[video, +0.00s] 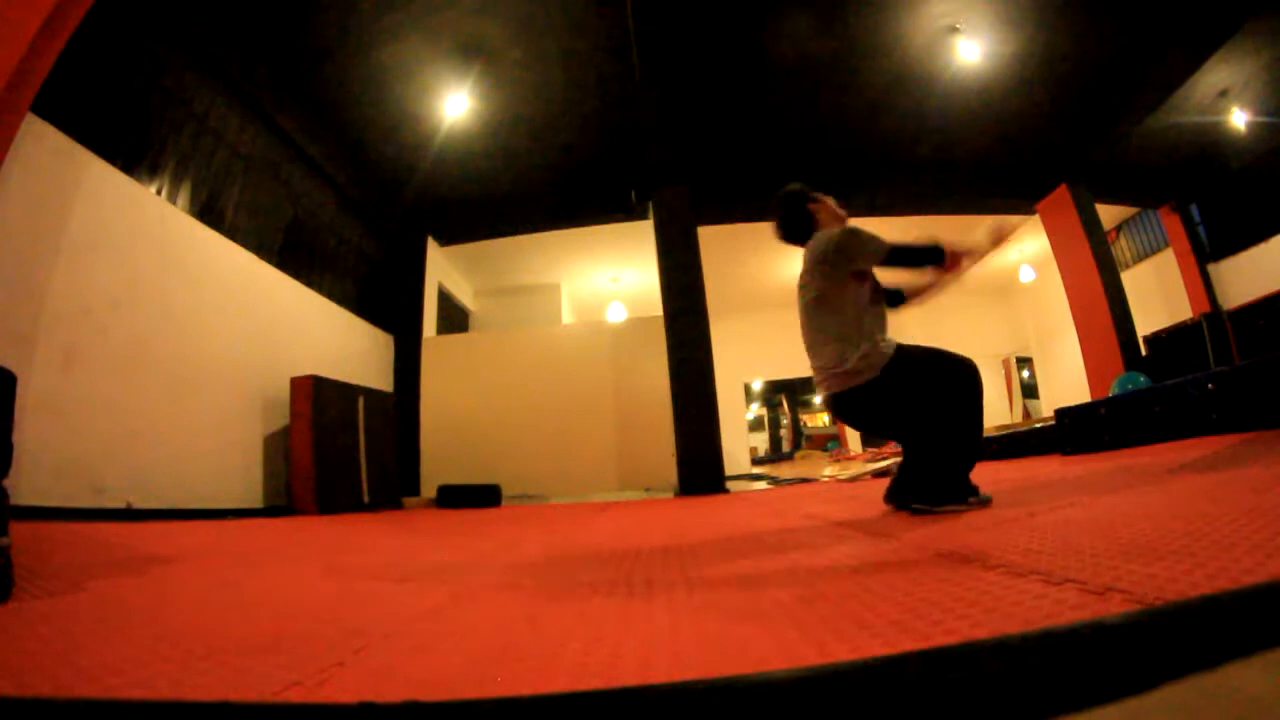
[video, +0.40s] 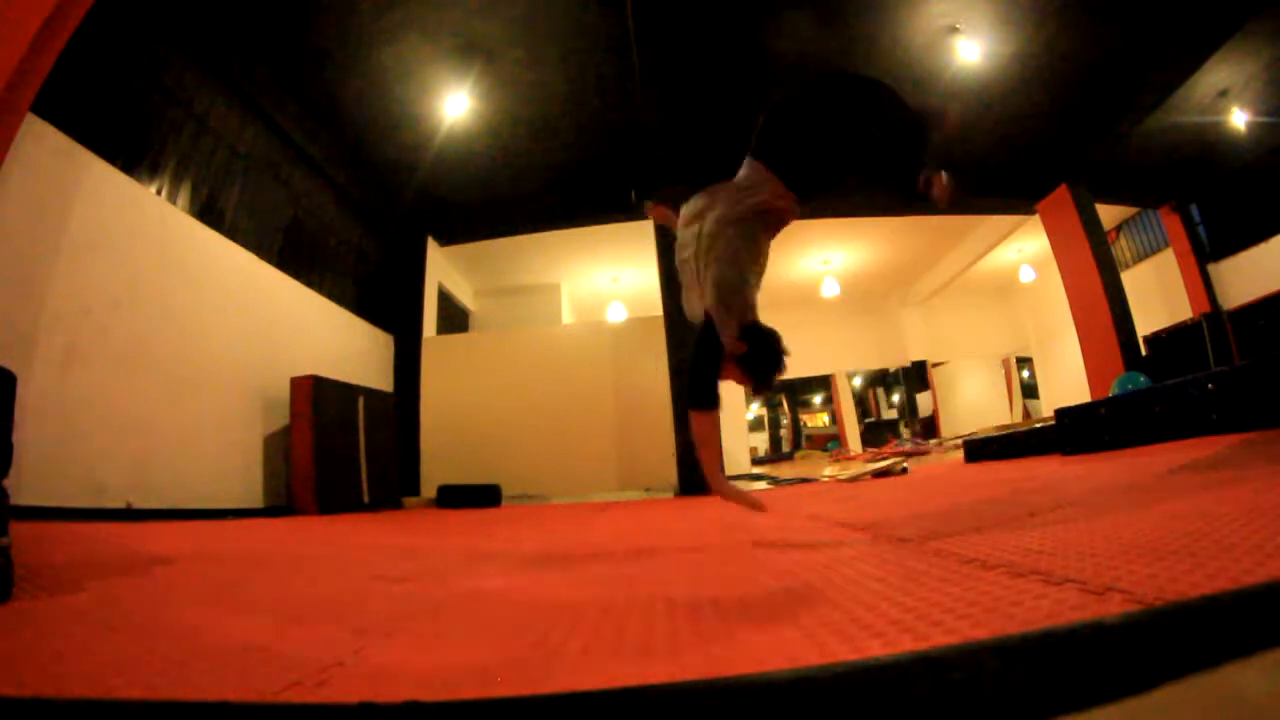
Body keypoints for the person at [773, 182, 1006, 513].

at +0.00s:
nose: (833, 201)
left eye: (825, 197)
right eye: (823, 198)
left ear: (807, 223)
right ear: (814, 211)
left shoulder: (821, 258)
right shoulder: (839, 240)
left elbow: (891, 298)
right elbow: (903, 256)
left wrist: (939, 278)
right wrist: (963, 253)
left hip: (847, 388)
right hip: (868, 374)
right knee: (960, 376)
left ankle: (910, 485)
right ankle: (944, 487)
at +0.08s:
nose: (755, 196)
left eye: (746, 197)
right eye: (748, 199)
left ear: (752, 238)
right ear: (753, 211)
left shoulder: (782, 241)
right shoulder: (789, 222)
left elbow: (796, 174)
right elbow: (808, 138)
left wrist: (782, 148)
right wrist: (791, 108)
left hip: (860, 366)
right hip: (875, 351)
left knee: (946, 386)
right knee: (971, 370)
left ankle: (922, 475)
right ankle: (944, 479)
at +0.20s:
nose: (684, 234)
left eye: (685, 243)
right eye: (689, 245)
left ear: (689, 242)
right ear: (695, 243)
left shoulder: (727, 222)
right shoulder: (708, 213)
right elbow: (632, 208)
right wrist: (570, 238)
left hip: (857, 235)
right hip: (866, 223)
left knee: (924, 318)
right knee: (959, 292)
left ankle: (935, 428)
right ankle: (975, 434)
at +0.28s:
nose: (684, 299)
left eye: (686, 302)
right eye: (693, 303)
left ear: (694, 284)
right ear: (702, 285)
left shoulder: (705, 252)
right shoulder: (689, 250)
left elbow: (670, 239)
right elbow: (631, 304)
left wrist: (634, 232)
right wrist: (603, 369)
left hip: (822, 191)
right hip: (823, 178)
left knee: (897, 241)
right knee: (930, 192)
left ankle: (918, 326)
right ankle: (931, 319)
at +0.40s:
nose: (732, 385)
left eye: (739, 385)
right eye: (738, 382)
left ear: (740, 348)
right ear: (737, 351)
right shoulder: (715, 321)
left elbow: (715, 220)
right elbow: (701, 404)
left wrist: (675, 218)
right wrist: (718, 483)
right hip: (777, 168)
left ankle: (922, 179)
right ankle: (922, 179)